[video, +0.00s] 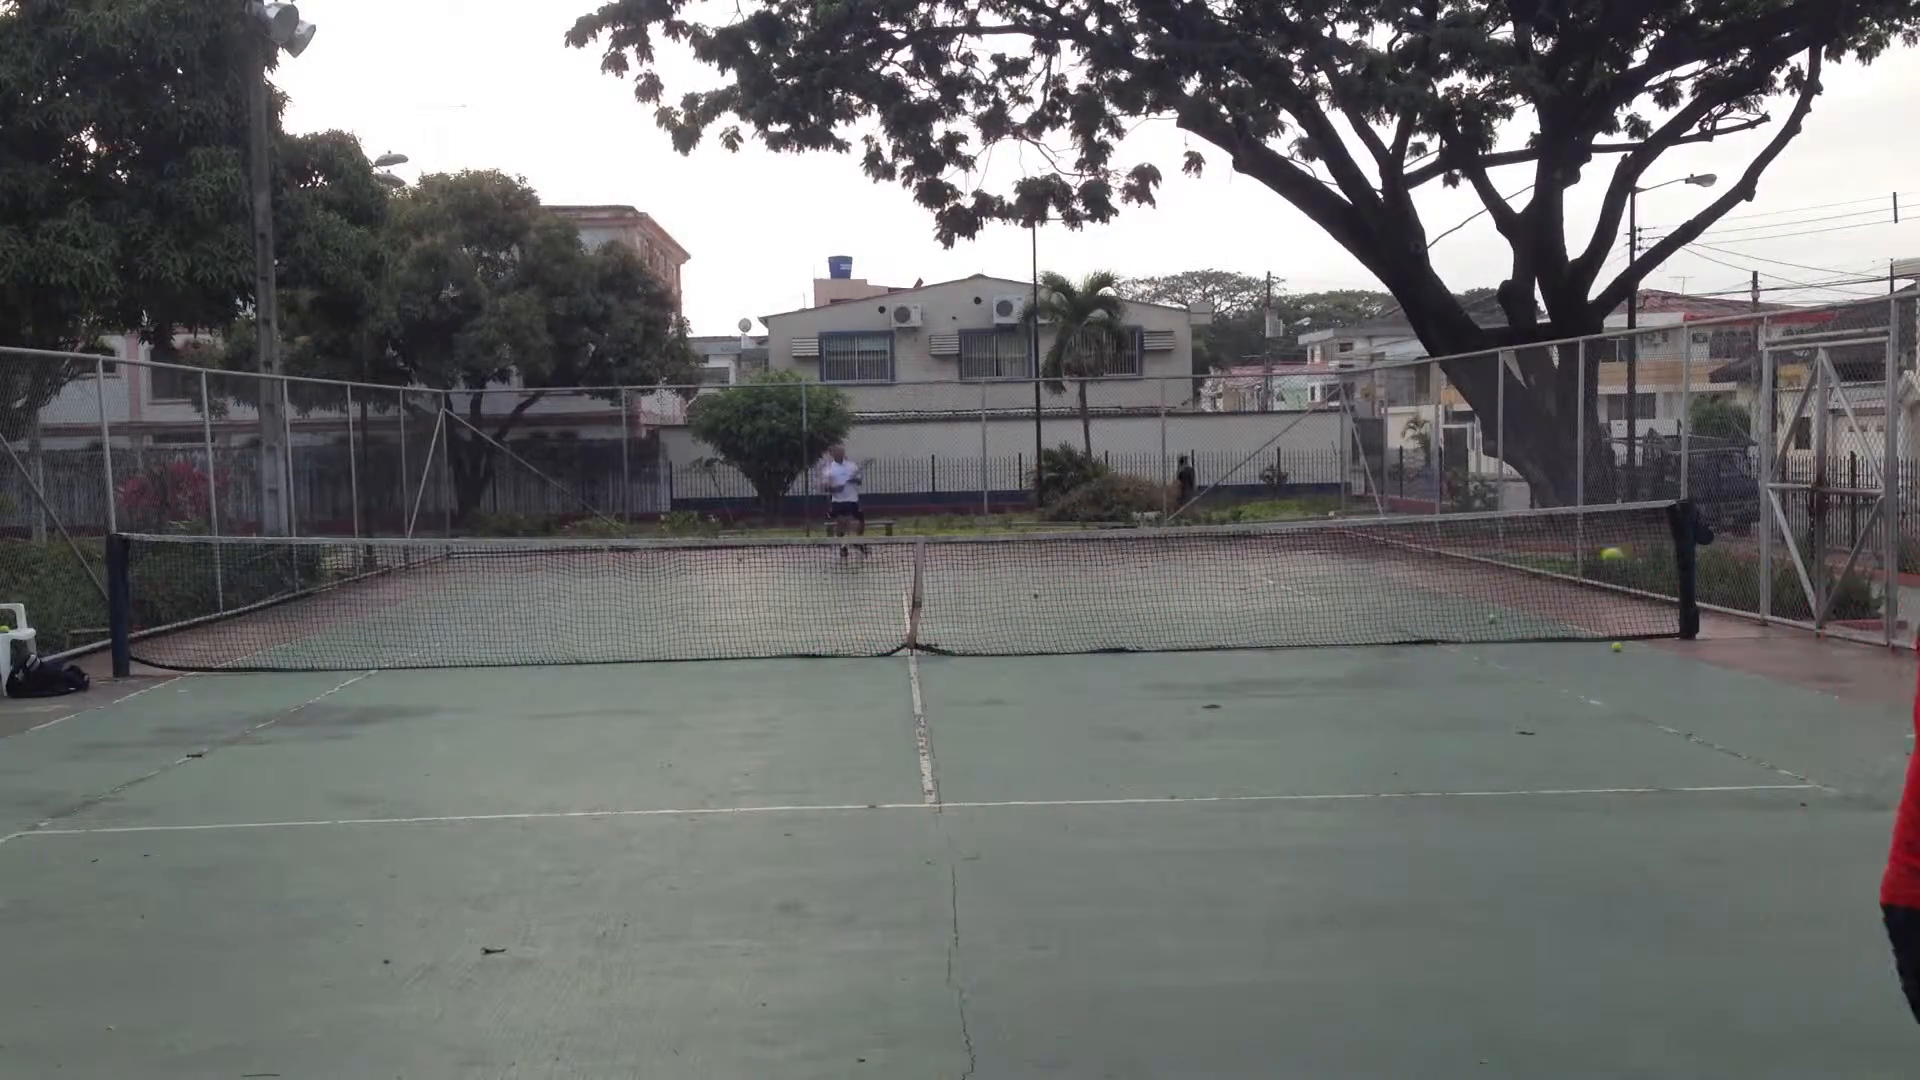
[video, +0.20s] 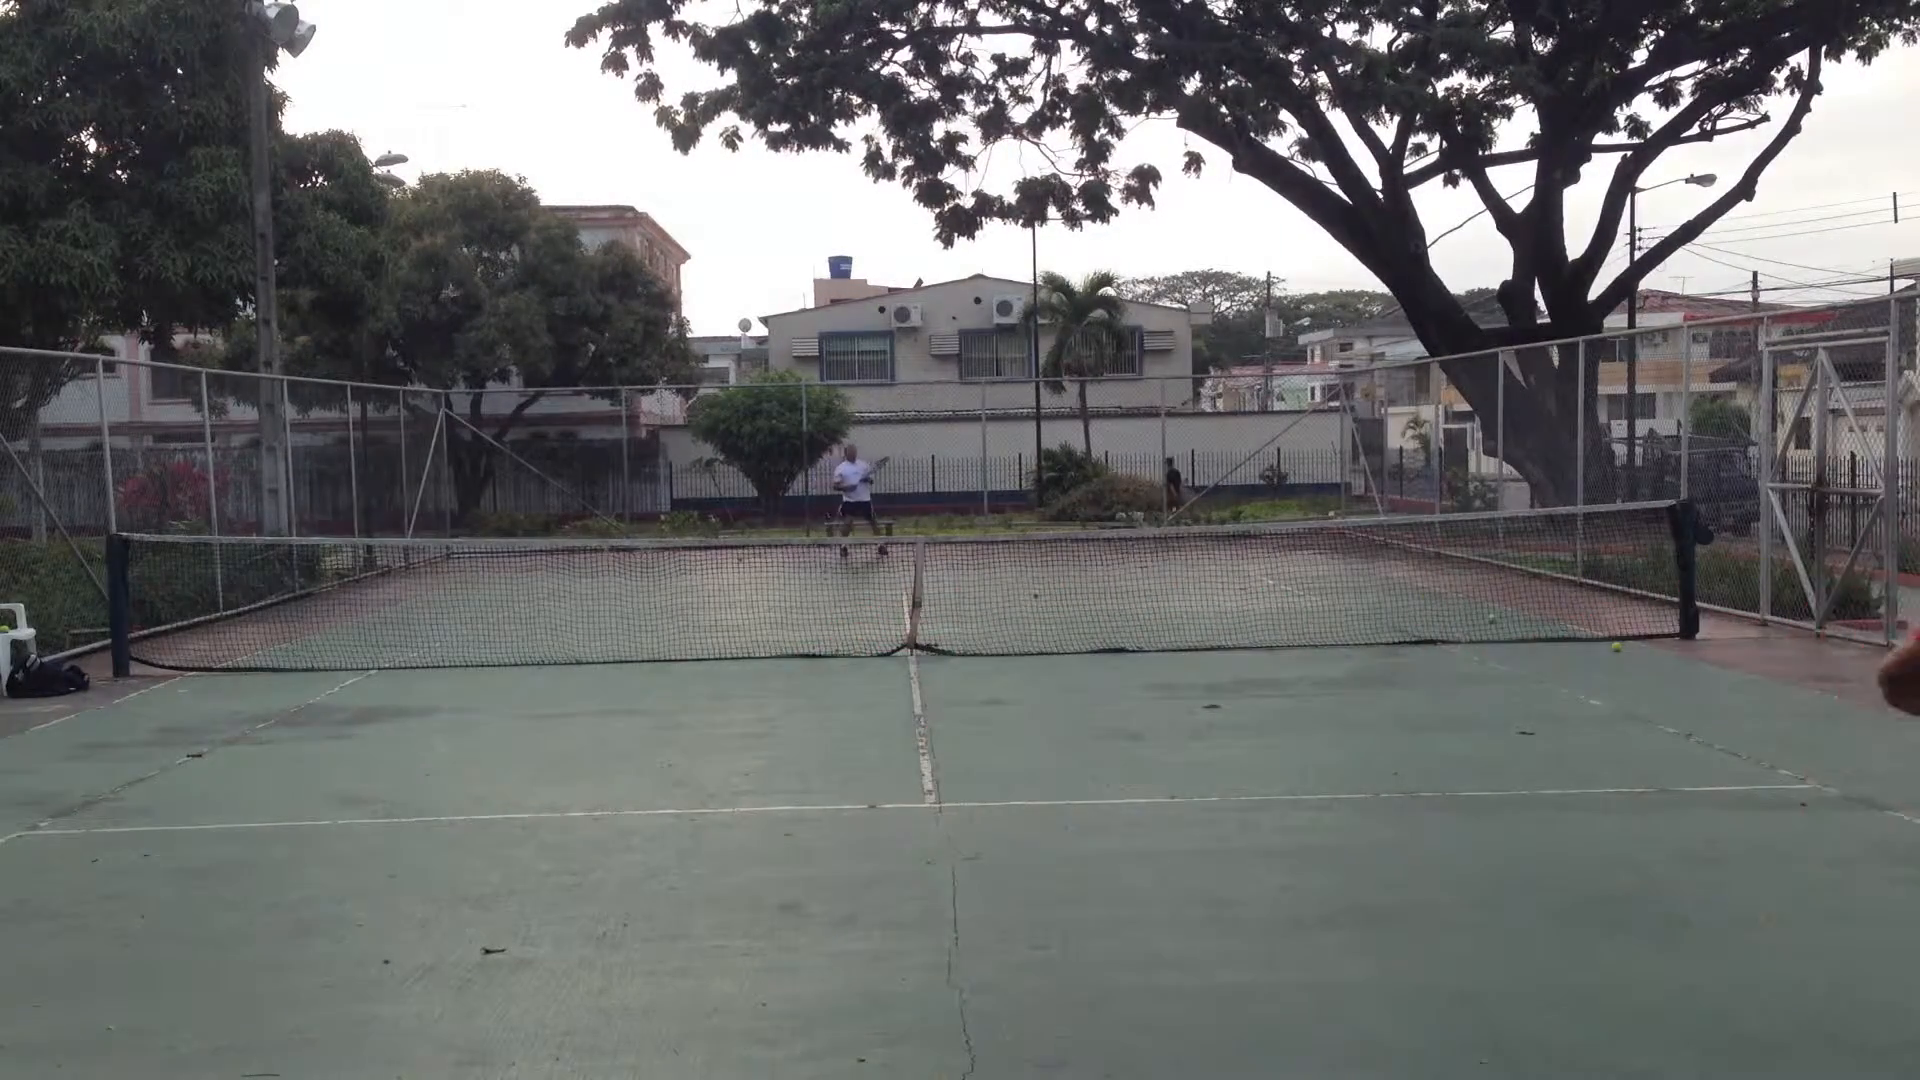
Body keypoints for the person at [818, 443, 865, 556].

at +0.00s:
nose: (839, 455)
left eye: (840, 453)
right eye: (836, 453)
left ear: (844, 453)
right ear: (832, 454)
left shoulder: (851, 466)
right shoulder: (829, 468)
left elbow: (859, 480)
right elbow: (825, 485)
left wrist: (854, 479)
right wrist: (836, 487)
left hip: (852, 500)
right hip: (837, 500)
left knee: (858, 523)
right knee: (840, 524)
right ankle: (842, 545)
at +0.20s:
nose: (853, 455)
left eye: (854, 453)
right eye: (850, 453)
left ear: (857, 453)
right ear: (846, 454)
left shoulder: (863, 465)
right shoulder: (841, 468)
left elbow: (872, 480)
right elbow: (836, 486)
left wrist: (868, 480)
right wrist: (848, 487)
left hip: (865, 500)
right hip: (849, 501)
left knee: (873, 523)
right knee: (847, 524)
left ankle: (881, 544)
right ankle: (843, 545)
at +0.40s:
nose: (860, 455)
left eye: (862, 452)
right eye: (858, 452)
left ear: (865, 452)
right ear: (854, 453)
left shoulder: (873, 464)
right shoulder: (850, 467)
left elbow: (881, 479)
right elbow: (845, 484)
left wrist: (876, 478)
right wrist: (858, 486)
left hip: (873, 499)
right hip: (858, 500)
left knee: (878, 523)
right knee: (853, 522)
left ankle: (881, 544)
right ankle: (847, 544)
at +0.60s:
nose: (862, 452)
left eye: (864, 449)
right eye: (860, 449)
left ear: (867, 450)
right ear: (856, 451)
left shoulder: (875, 463)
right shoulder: (852, 465)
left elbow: (883, 479)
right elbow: (847, 482)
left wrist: (879, 478)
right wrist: (858, 485)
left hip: (873, 499)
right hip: (858, 499)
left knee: (878, 522)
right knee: (853, 522)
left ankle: (881, 545)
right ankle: (851, 546)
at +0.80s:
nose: (859, 453)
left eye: (861, 451)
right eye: (857, 451)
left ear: (864, 452)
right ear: (853, 452)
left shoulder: (871, 464)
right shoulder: (847, 466)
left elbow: (879, 481)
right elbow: (839, 480)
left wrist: (870, 478)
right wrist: (850, 483)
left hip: (868, 499)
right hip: (853, 499)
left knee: (873, 522)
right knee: (850, 522)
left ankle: (881, 543)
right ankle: (851, 545)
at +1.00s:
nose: (853, 453)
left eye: (855, 450)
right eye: (851, 450)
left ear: (858, 452)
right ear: (847, 452)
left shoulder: (863, 465)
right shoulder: (841, 464)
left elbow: (868, 482)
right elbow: (832, 475)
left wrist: (855, 477)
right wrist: (842, 477)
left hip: (860, 498)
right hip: (847, 497)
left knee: (863, 522)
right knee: (847, 522)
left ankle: (871, 543)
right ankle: (852, 546)